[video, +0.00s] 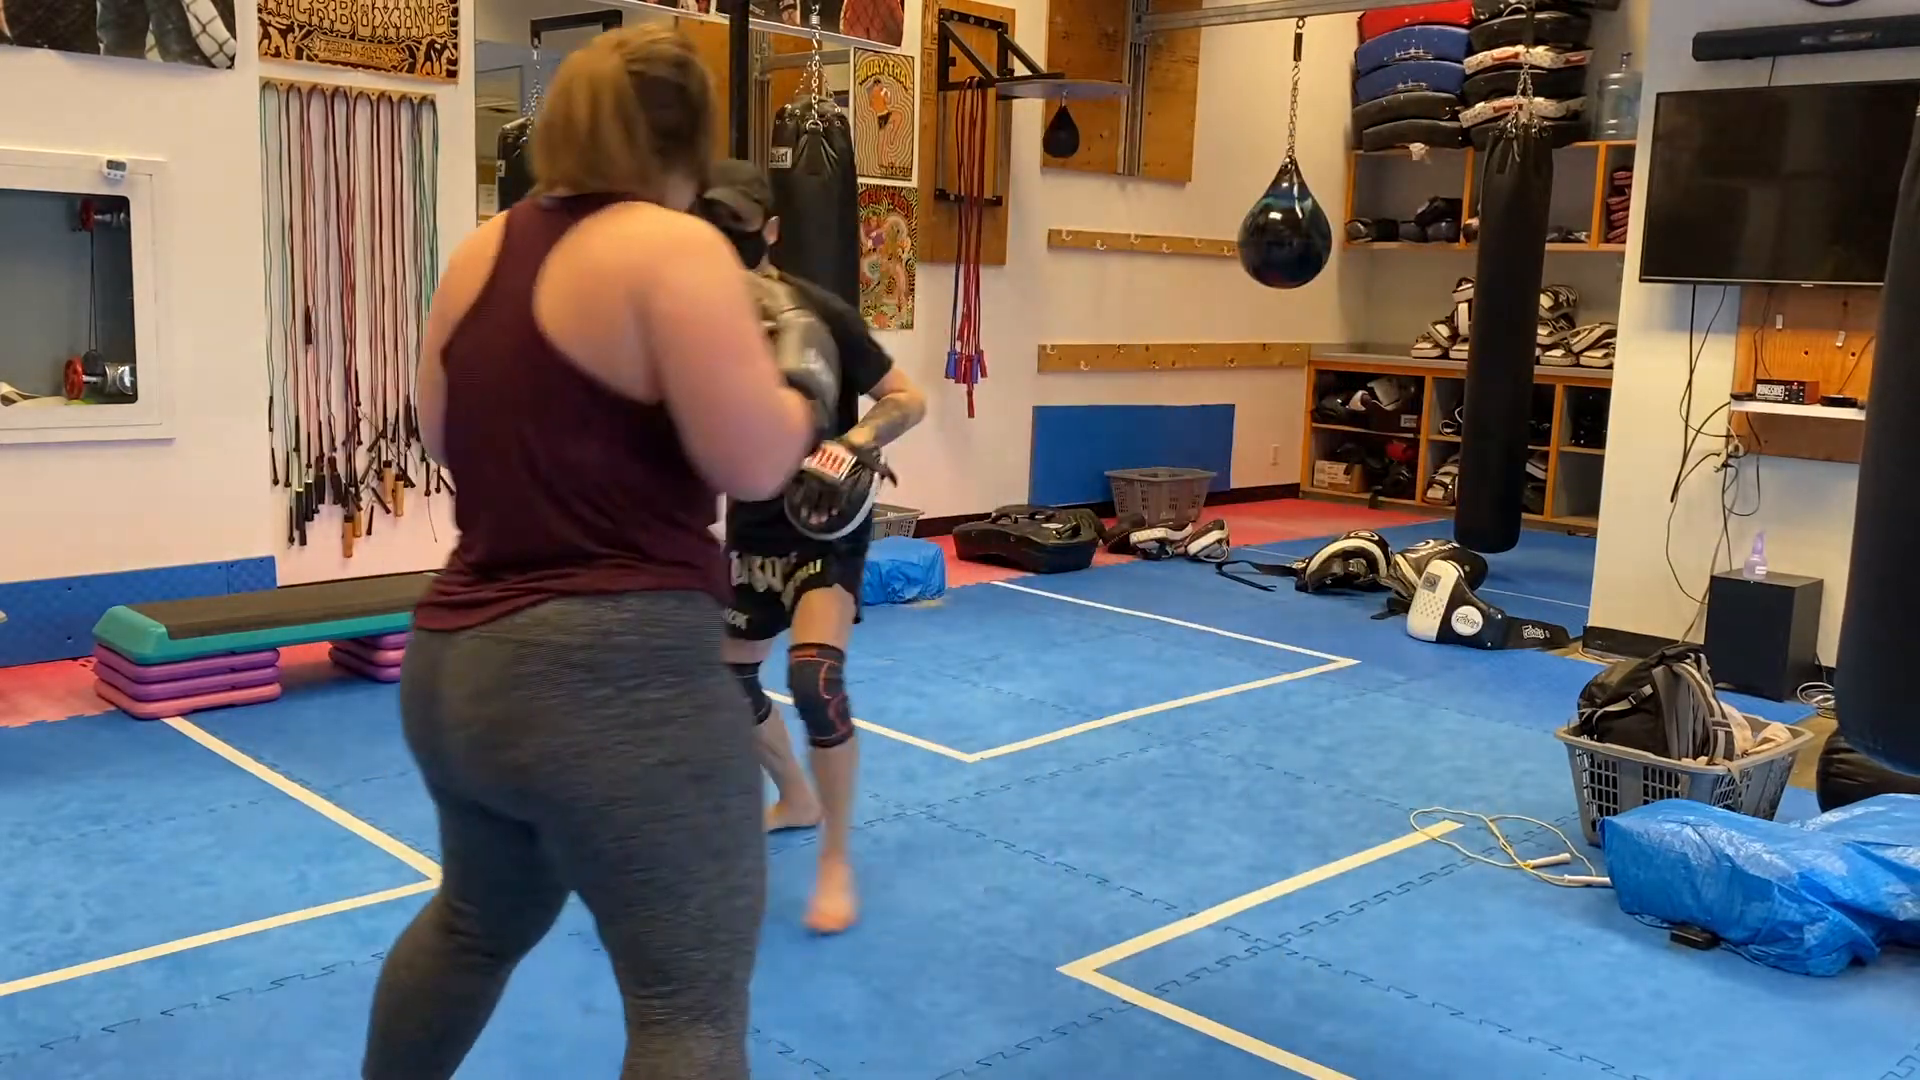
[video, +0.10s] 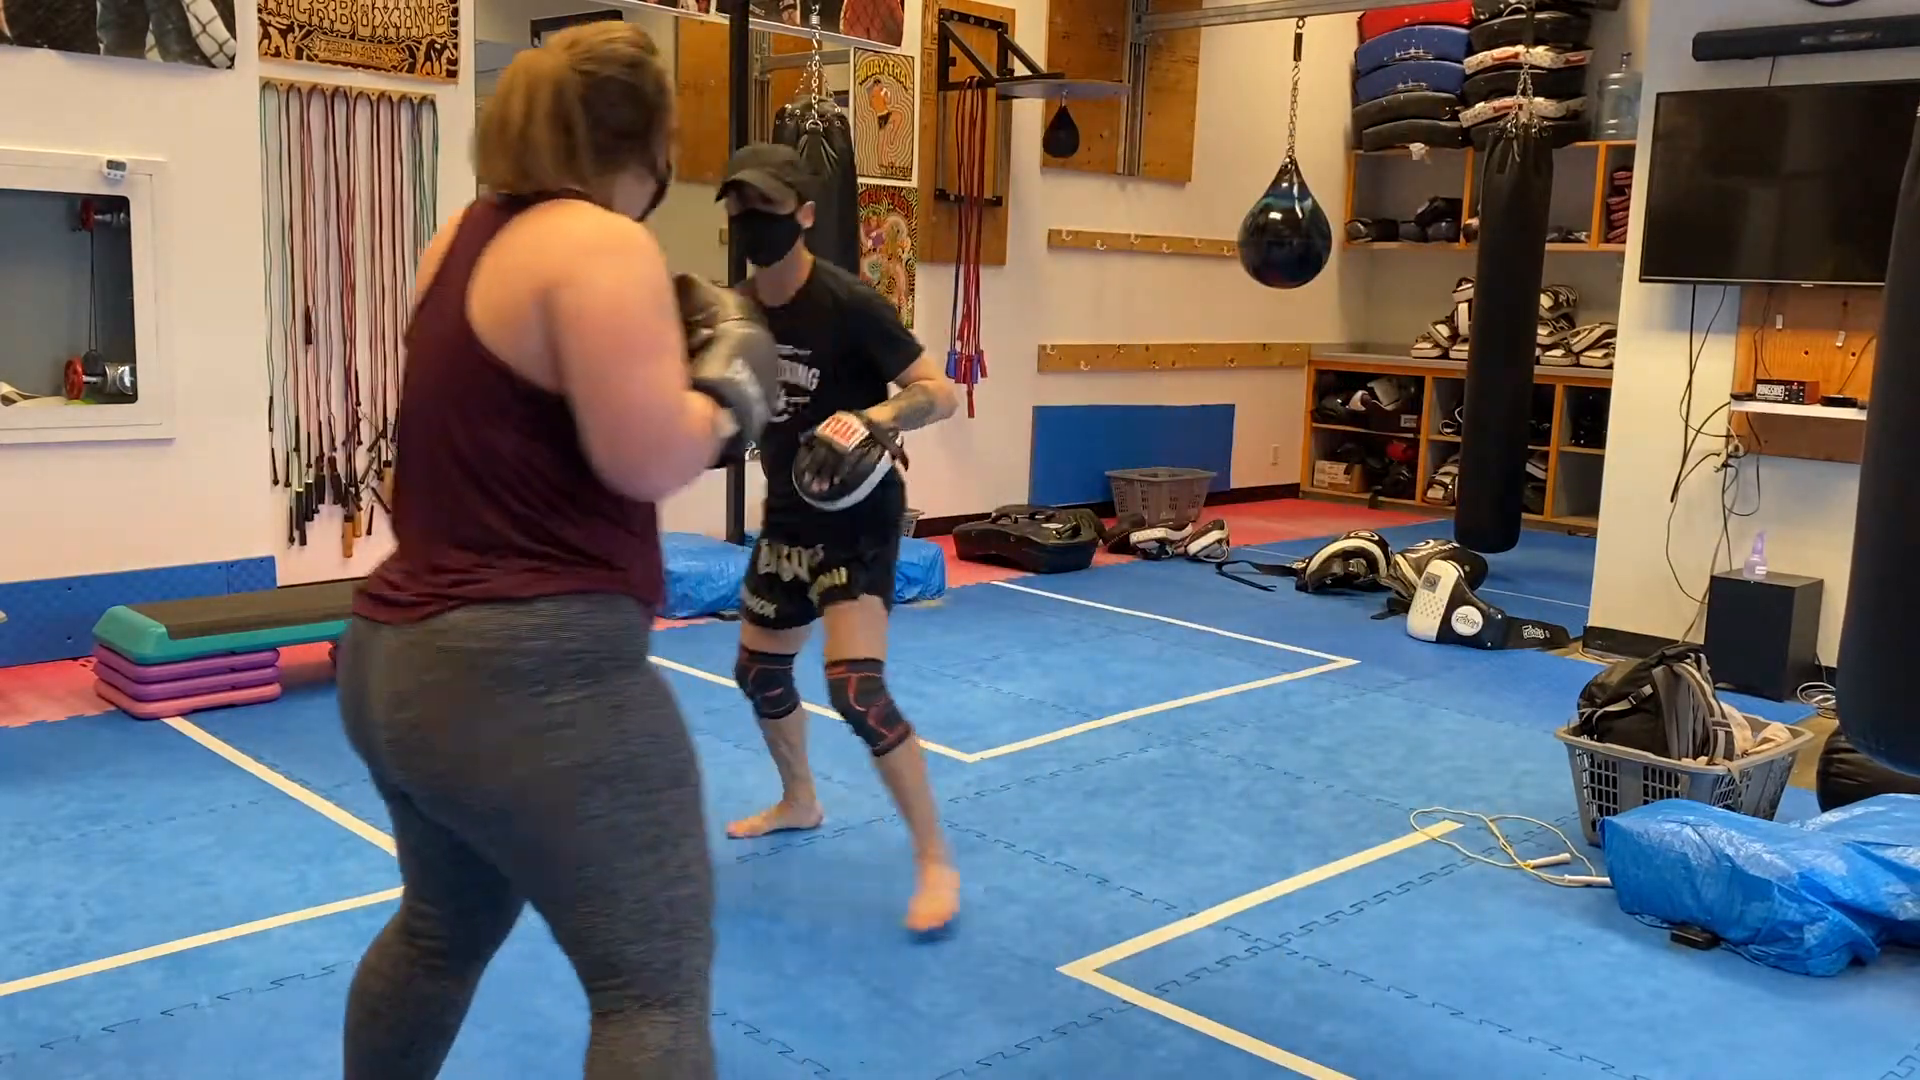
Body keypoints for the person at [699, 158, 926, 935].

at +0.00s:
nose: (715, 240)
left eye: (730, 225)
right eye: (706, 224)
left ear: (765, 227)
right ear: (694, 226)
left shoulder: (814, 310)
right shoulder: (698, 315)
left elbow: (909, 400)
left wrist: (851, 442)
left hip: (827, 513)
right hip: (748, 513)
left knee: (815, 679)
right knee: (728, 683)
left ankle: (836, 858)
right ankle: (797, 796)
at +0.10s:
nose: (747, 226)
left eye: (764, 213)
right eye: (739, 211)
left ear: (802, 215)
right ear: (726, 213)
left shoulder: (850, 303)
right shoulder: (735, 303)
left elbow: (939, 394)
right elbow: (723, 387)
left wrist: (869, 420)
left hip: (859, 505)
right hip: (785, 503)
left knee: (858, 692)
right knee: (760, 672)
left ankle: (934, 862)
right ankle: (800, 799)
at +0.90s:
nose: (882, 248)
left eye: (898, 233)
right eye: (877, 235)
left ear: (926, 239)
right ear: (869, 245)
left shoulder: (959, 313)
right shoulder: (869, 317)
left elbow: (956, 369)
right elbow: (783, 361)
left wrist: (920, 283)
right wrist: (768, 293)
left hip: (963, 540)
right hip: (905, 539)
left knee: (900, 714)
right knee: (913, 681)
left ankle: (942, 914)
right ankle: (946, 802)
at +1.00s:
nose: (858, 241)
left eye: (869, 227)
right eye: (854, 229)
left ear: (910, 225)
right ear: (883, 231)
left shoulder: (945, 308)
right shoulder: (873, 303)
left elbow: (916, 377)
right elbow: (801, 366)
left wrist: (866, 282)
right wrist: (772, 301)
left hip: (971, 538)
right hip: (927, 534)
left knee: (904, 711)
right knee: (936, 680)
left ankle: (945, 913)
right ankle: (954, 804)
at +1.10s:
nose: (856, 250)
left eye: (869, 232)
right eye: (850, 235)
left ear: (915, 226)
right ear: (880, 232)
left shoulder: (953, 302)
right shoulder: (888, 299)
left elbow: (903, 355)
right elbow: (815, 365)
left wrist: (841, 273)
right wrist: (774, 292)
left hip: (982, 539)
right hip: (938, 537)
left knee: (907, 713)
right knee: (954, 673)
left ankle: (945, 912)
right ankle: (999, 794)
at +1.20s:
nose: (875, 245)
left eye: (885, 232)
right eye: (868, 233)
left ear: (927, 225)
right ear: (871, 233)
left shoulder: (962, 304)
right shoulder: (896, 312)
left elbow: (957, 369)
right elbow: (825, 368)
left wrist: (885, 288)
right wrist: (803, 302)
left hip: (986, 538)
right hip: (945, 536)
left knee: (907, 707)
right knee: (974, 678)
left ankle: (943, 908)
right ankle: (1027, 803)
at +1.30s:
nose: (876, 251)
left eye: (888, 238)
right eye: (872, 240)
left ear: (933, 231)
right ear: (903, 237)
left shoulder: (968, 314)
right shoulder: (911, 305)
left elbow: (947, 392)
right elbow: (846, 366)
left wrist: (889, 303)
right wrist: (816, 311)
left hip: (995, 539)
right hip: (968, 534)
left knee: (908, 702)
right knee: (982, 678)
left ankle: (948, 898)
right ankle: (1029, 806)